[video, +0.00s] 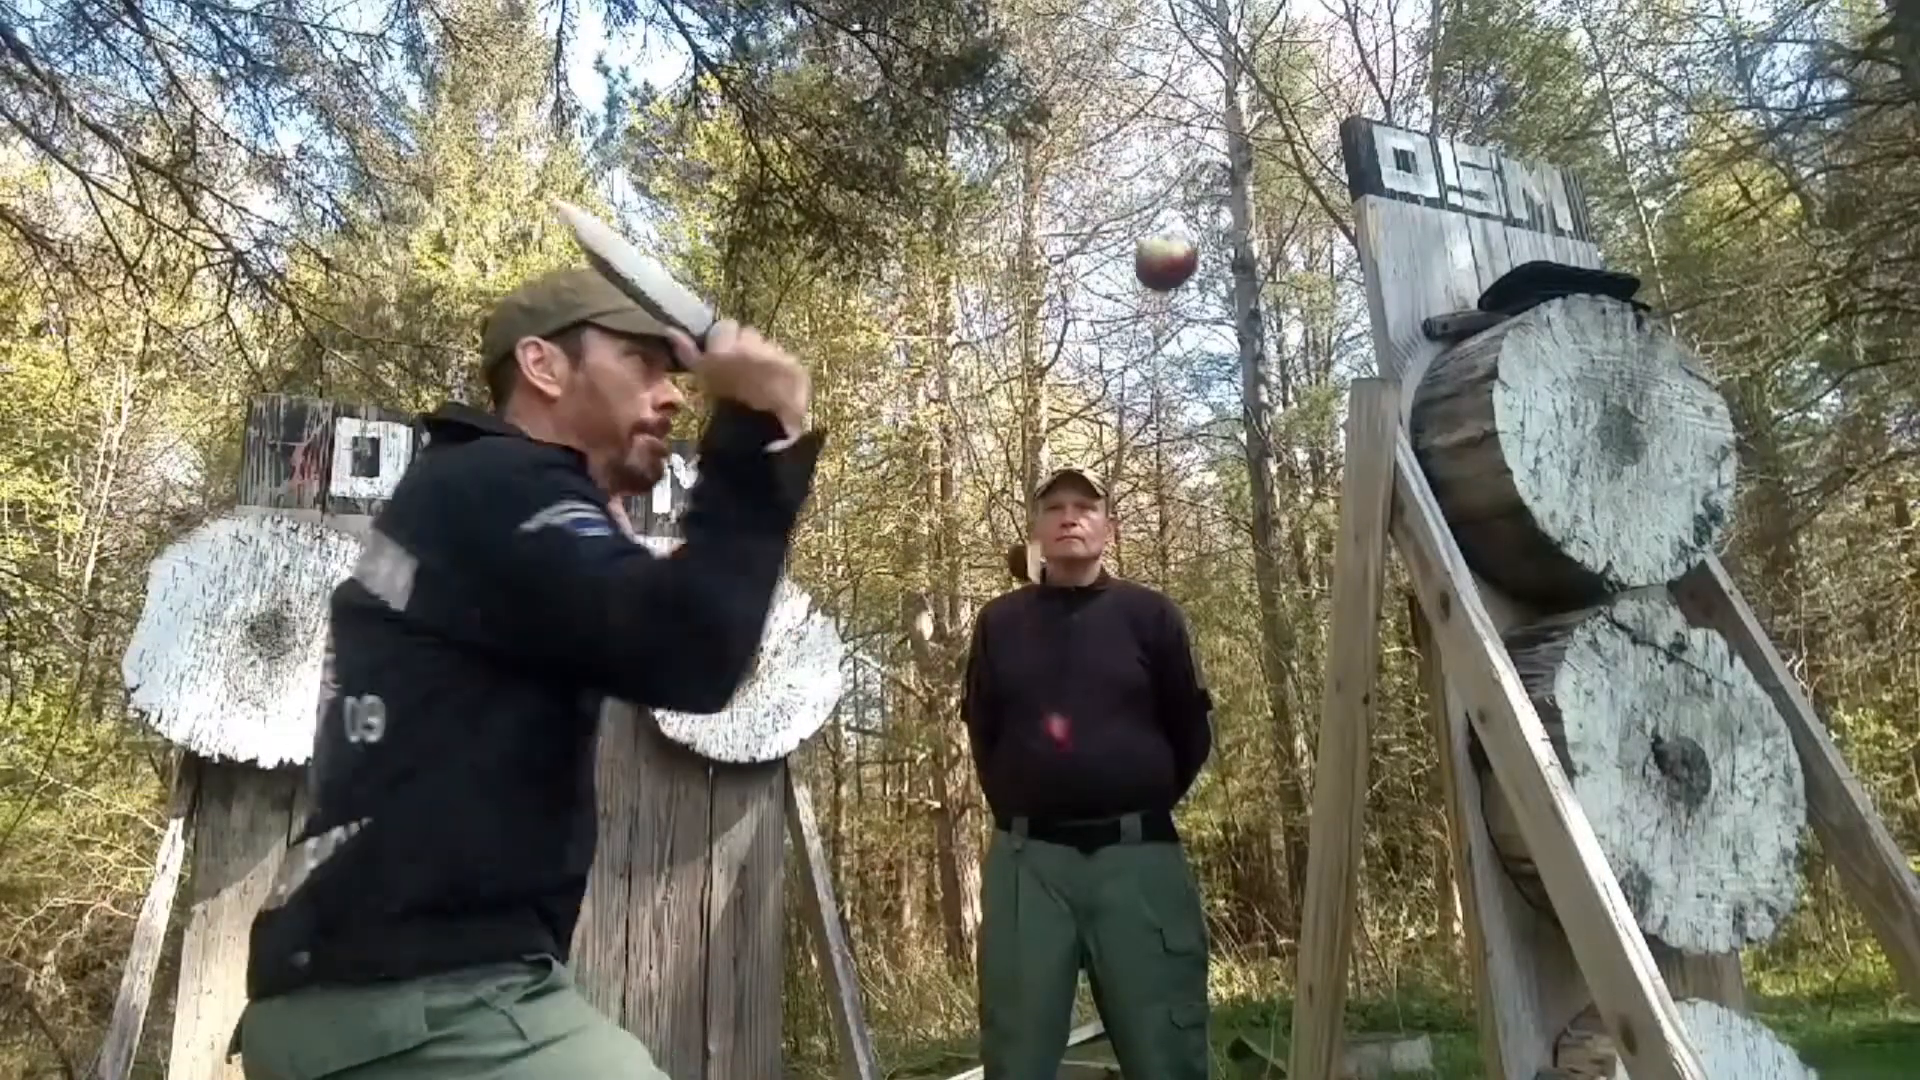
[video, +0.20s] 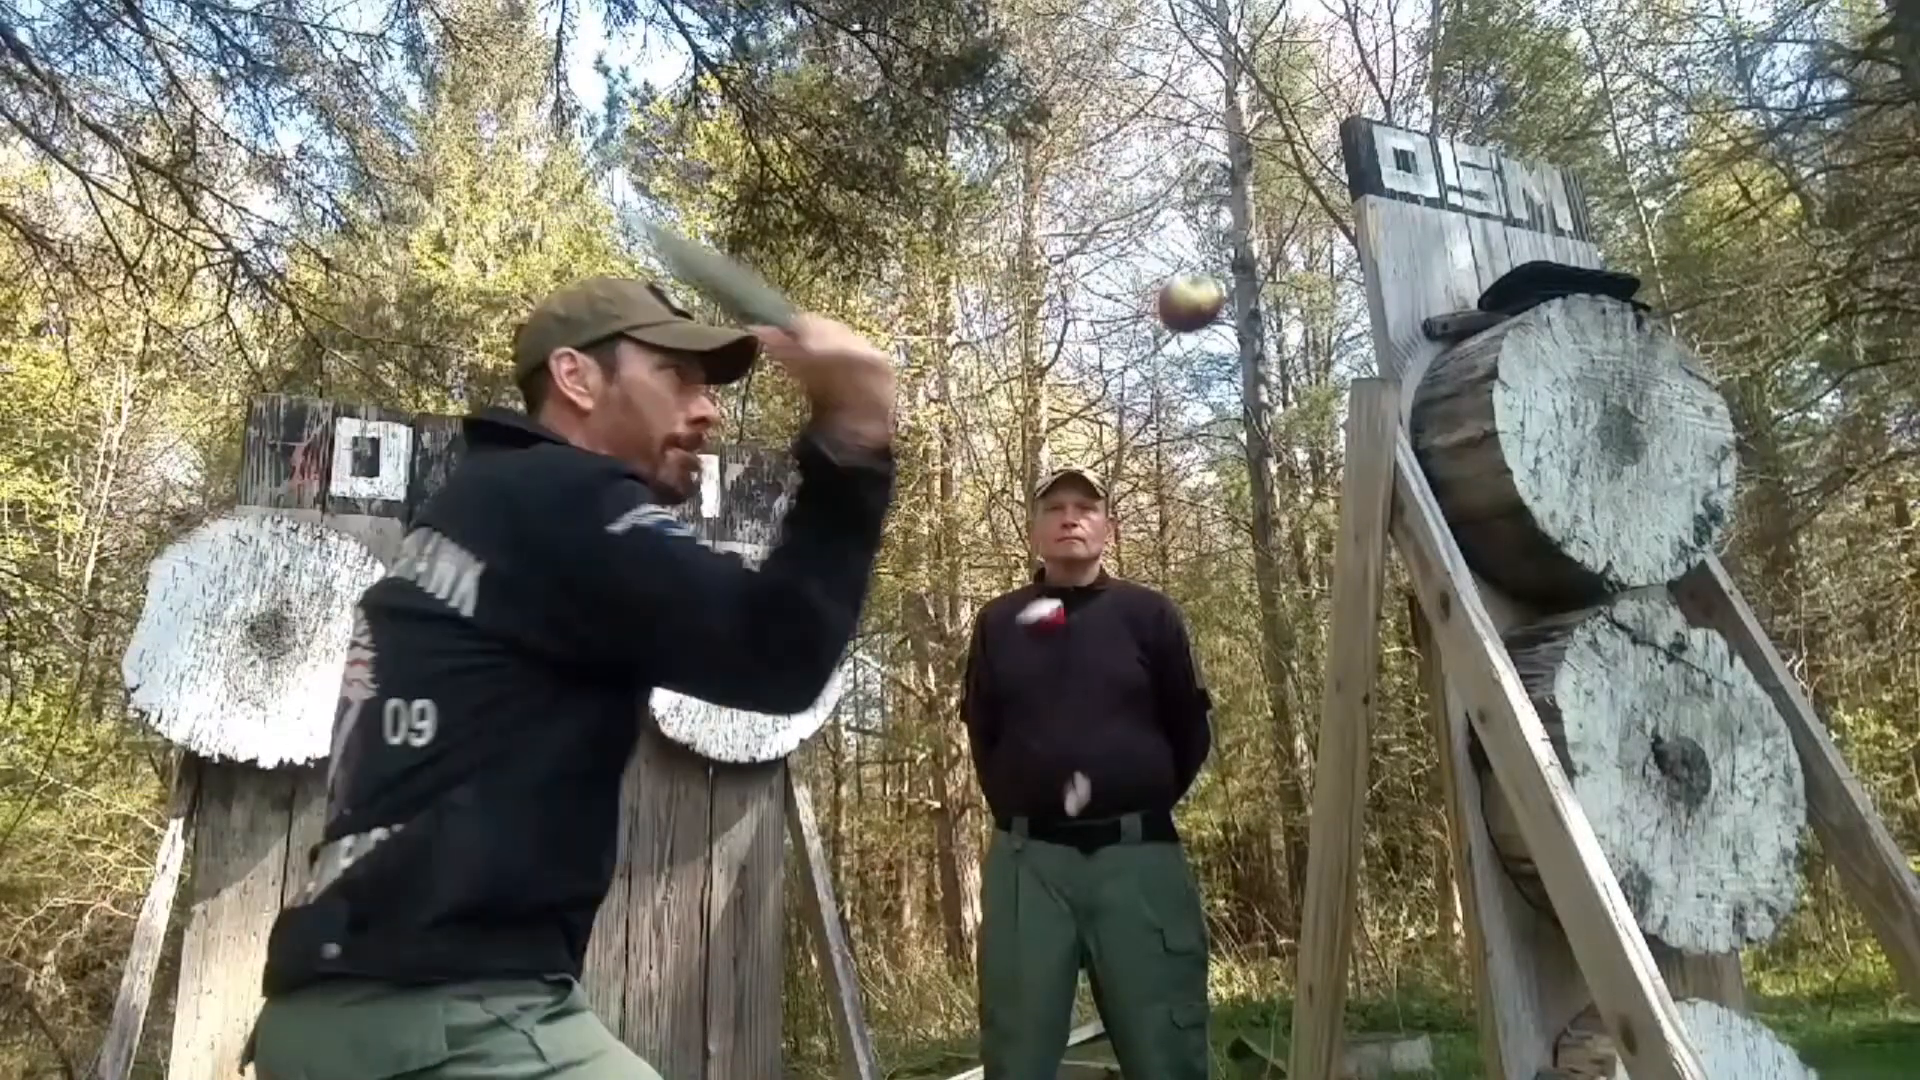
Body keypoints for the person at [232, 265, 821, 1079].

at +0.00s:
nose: (671, 396)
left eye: (672, 373)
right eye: (643, 360)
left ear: (545, 373)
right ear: (545, 366)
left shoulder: (438, 489)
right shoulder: (507, 488)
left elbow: (674, 649)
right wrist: (754, 435)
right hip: (440, 1007)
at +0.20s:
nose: (708, 409)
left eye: (706, 383)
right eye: (677, 374)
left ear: (572, 383)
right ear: (575, 378)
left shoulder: (464, 497)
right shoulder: (569, 504)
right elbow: (781, 659)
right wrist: (852, 442)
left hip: (316, 1018)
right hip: (467, 1021)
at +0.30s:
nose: (738, 418)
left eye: (736, 391)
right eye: (710, 381)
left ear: (607, 391)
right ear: (609, 385)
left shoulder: (469, 515)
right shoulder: (615, 515)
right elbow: (836, 675)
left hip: (325, 1024)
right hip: (495, 1026)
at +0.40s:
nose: (767, 429)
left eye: (769, 401)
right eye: (745, 393)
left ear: (640, 393)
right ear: (641, 385)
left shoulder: (496, 513)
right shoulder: (648, 527)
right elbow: (878, 690)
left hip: (347, 1014)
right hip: (520, 1019)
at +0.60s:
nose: (819, 429)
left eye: (822, 401)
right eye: (800, 390)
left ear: (701, 376)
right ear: (701, 372)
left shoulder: (540, 491)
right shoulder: (718, 514)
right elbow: (829, 778)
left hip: (379, 1002)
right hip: (559, 1006)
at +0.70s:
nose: (853, 428)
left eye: (856, 401)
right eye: (830, 388)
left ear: (728, 369)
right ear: (735, 367)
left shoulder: (551, 493)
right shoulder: (745, 518)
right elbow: (775, 826)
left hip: (386, 996)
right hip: (574, 1003)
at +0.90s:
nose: (898, 445)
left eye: (903, 419)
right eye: (882, 405)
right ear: (788, 375)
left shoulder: (579, 488)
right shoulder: (793, 527)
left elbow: (535, 743)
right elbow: (769, 810)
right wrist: (738, 991)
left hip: (390, 983)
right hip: (588, 995)